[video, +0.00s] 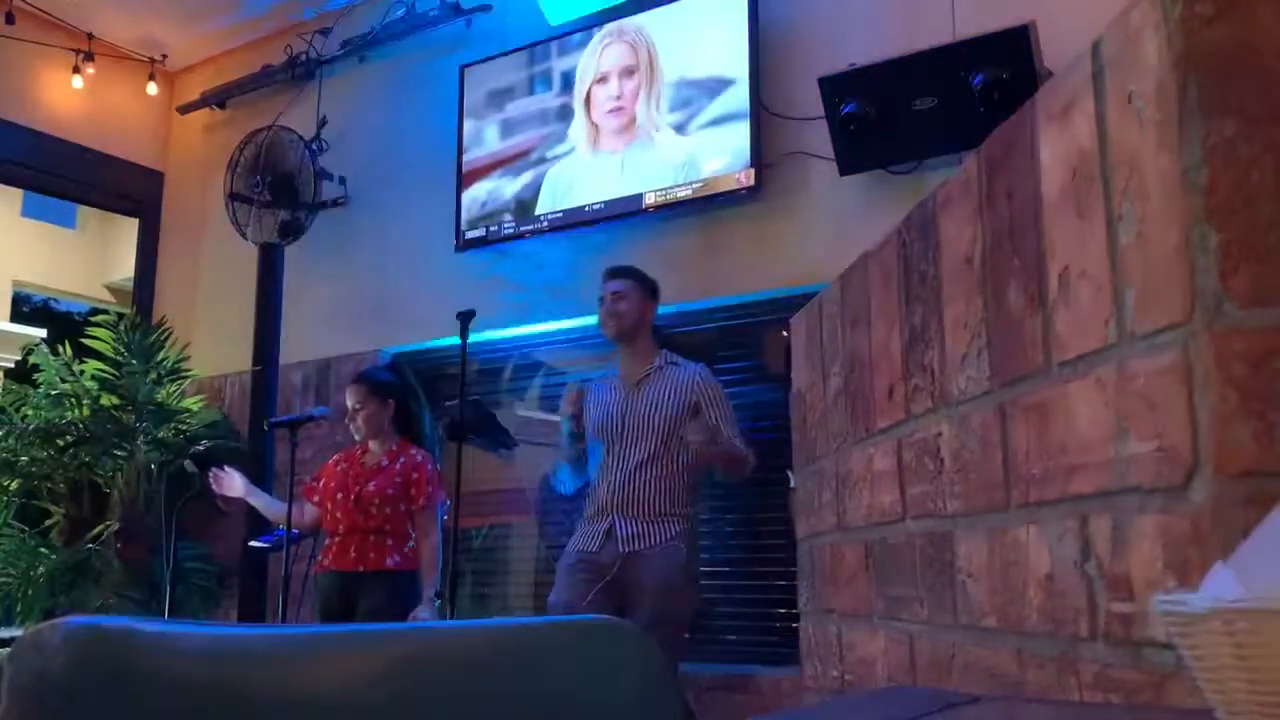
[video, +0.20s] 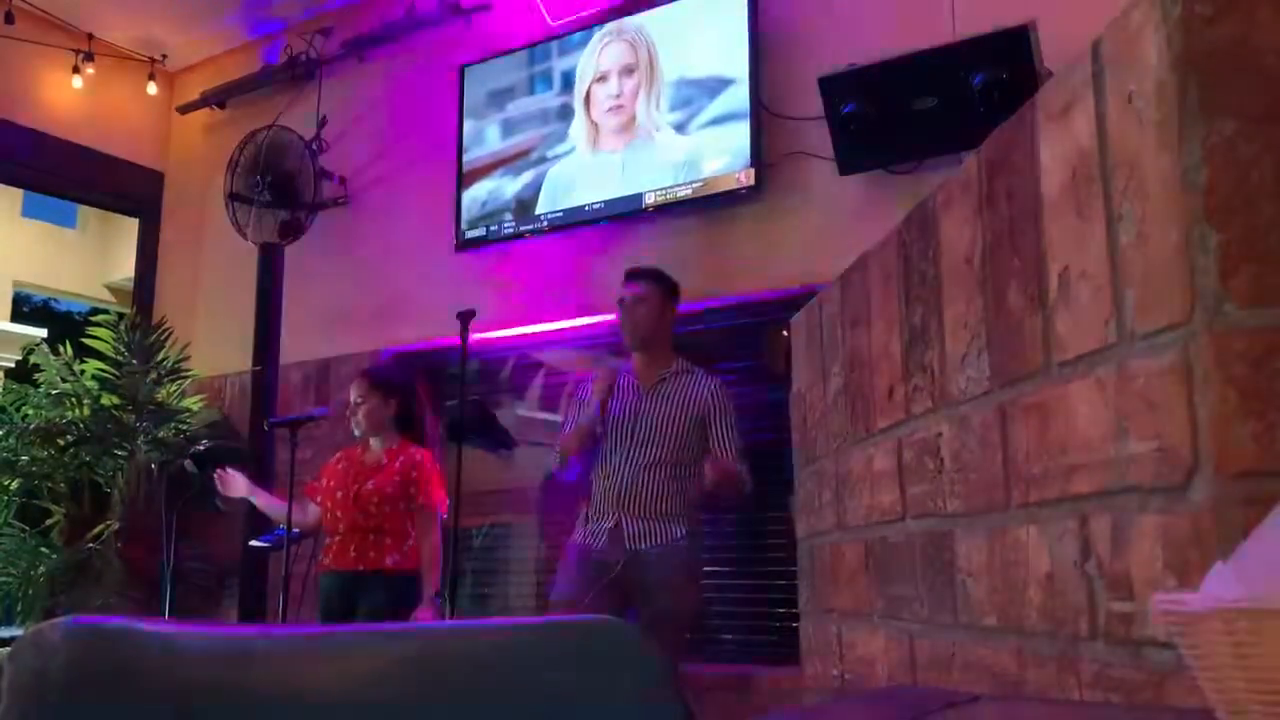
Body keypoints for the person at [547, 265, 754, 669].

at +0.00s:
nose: (608, 307)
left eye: (619, 297)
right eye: (603, 301)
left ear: (649, 307)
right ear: (600, 316)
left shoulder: (693, 380)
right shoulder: (593, 391)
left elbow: (740, 462)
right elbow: (573, 477)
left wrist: (712, 447)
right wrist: (572, 425)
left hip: (661, 539)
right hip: (592, 538)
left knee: (651, 664)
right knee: (565, 643)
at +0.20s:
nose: (626, 312)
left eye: (638, 302)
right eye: (622, 304)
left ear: (669, 313)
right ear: (616, 314)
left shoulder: (704, 390)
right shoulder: (597, 384)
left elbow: (735, 480)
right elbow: (564, 457)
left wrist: (722, 477)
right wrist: (594, 407)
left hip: (664, 544)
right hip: (594, 540)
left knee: (659, 661)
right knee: (563, 640)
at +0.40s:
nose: (628, 319)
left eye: (640, 309)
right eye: (625, 309)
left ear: (670, 320)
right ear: (619, 316)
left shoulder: (706, 395)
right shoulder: (595, 386)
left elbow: (729, 482)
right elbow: (569, 458)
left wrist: (701, 514)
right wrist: (602, 396)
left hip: (668, 541)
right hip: (596, 537)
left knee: (670, 649)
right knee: (567, 631)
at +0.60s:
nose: (625, 317)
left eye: (638, 307)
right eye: (622, 306)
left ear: (668, 316)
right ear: (617, 311)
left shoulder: (707, 384)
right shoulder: (602, 379)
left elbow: (735, 463)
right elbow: (572, 441)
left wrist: (715, 515)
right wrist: (602, 376)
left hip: (666, 539)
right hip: (596, 535)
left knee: (665, 646)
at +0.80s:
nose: (617, 326)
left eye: (630, 315)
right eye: (614, 315)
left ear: (661, 318)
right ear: (610, 317)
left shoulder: (701, 385)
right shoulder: (595, 378)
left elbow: (738, 464)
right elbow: (567, 446)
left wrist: (728, 489)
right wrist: (596, 384)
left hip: (661, 542)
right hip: (591, 536)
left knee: (647, 658)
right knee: (562, 646)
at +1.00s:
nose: (602, 329)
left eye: (614, 317)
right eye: (600, 318)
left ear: (649, 320)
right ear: (598, 320)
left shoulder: (686, 386)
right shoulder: (598, 384)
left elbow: (713, 475)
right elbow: (563, 456)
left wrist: (672, 494)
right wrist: (585, 386)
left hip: (650, 543)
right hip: (588, 538)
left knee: (640, 658)